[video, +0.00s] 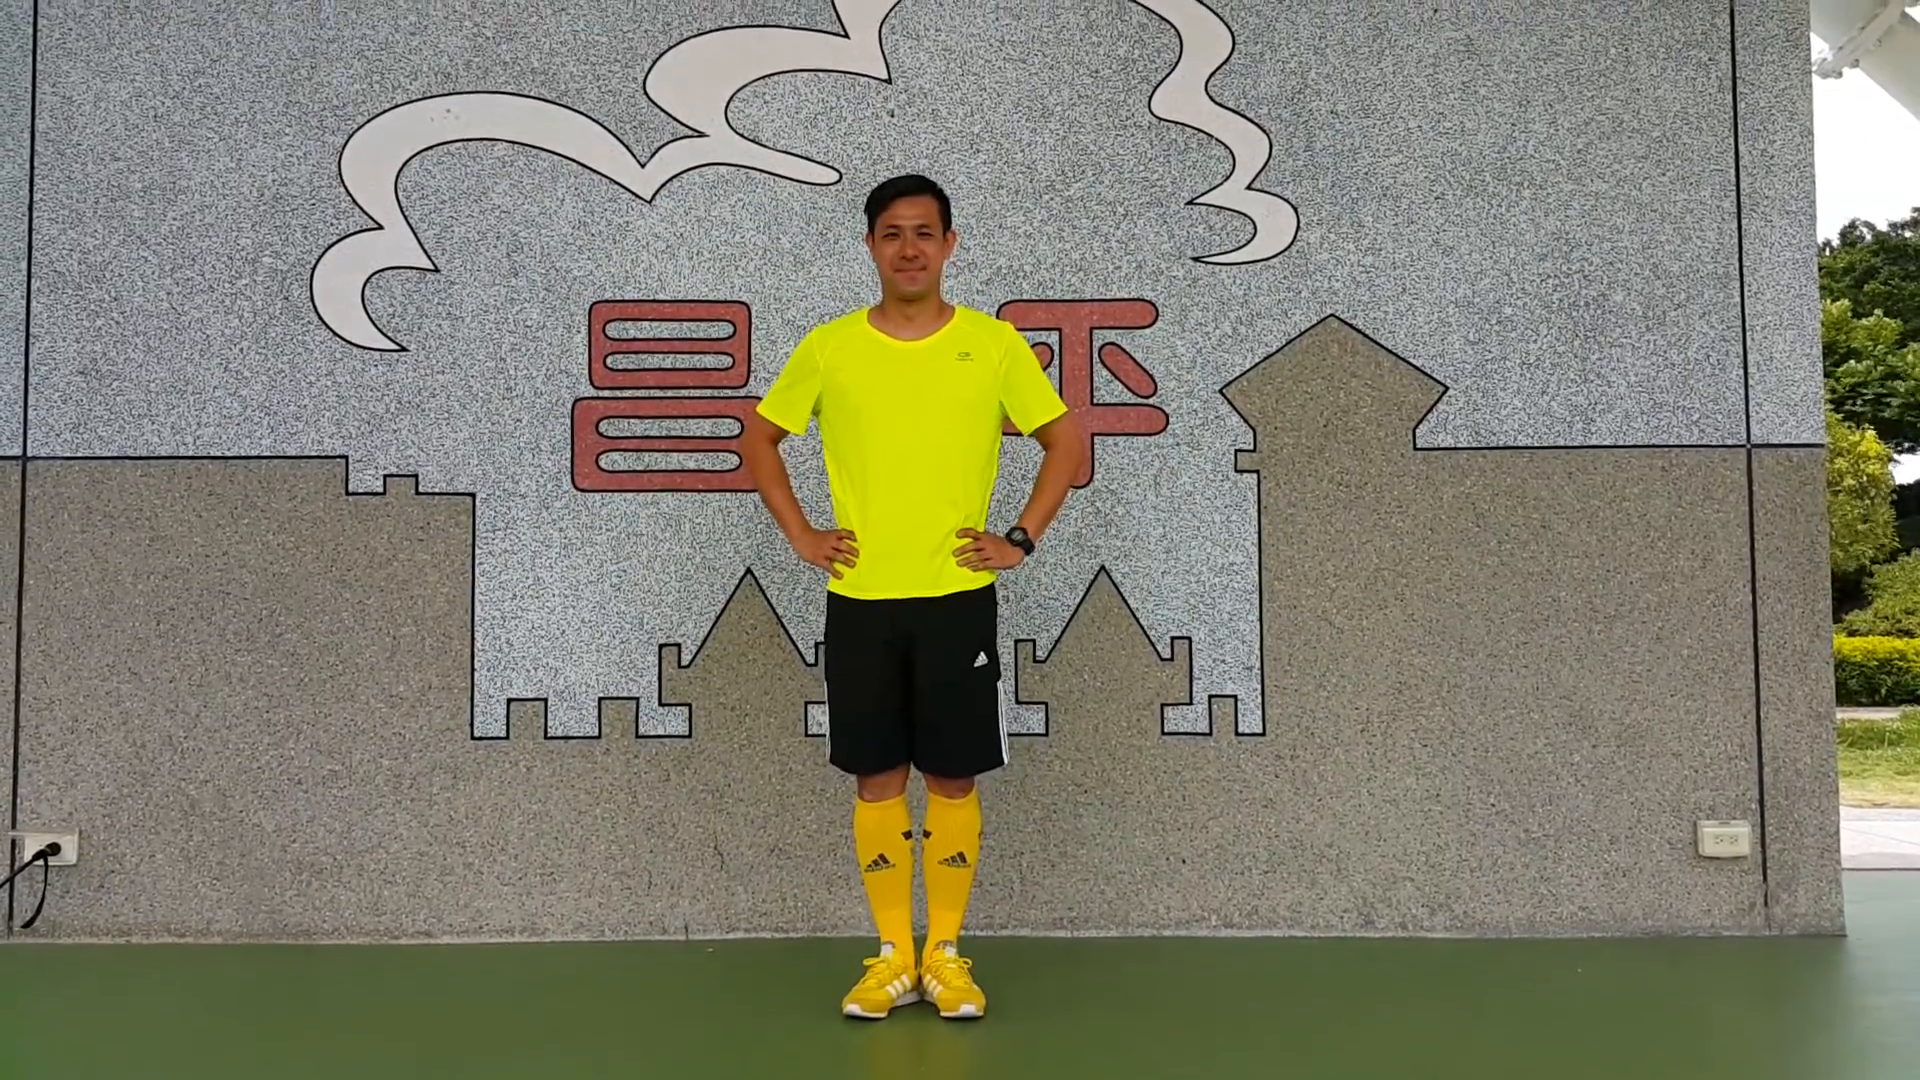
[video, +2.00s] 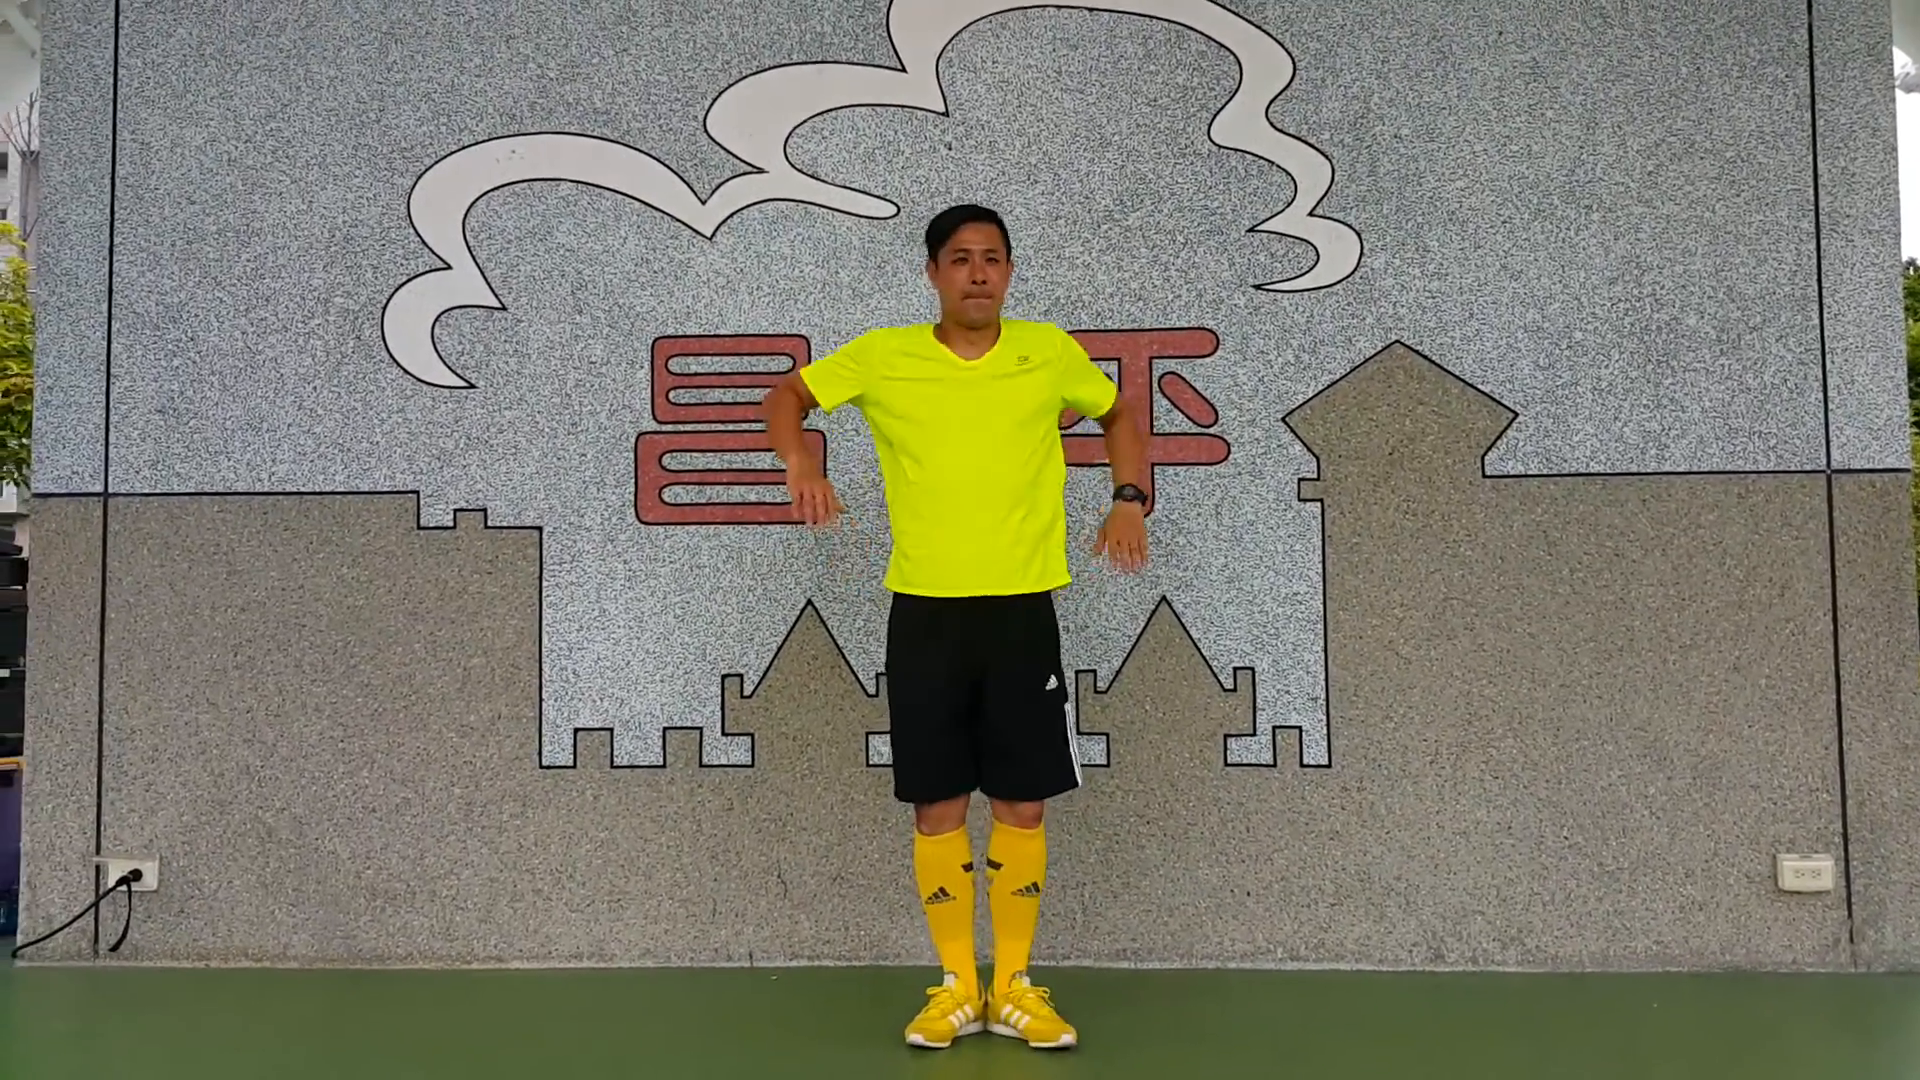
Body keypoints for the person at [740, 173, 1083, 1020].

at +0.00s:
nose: (909, 247)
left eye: (924, 233)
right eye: (893, 234)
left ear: (948, 246)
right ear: (872, 249)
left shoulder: (992, 342)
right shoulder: (831, 345)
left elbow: (1067, 439)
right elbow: (757, 438)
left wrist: (1021, 538)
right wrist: (800, 532)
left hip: (958, 591)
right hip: (862, 592)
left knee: (951, 774)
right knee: (877, 774)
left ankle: (943, 955)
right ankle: (895, 957)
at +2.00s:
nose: (978, 271)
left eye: (991, 258)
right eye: (962, 259)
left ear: (1010, 274)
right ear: (933, 275)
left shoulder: (1047, 349)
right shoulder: (886, 354)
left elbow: (1121, 413)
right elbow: (782, 396)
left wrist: (1131, 499)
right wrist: (801, 462)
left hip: (1024, 603)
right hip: (925, 606)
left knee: (1022, 798)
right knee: (937, 801)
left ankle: (1014, 987)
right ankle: (956, 988)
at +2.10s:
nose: (1009, 280)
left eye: (1017, 267)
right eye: (989, 266)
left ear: (1026, 282)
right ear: (949, 279)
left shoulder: (1057, 378)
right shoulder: (897, 375)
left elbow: (1097, 481)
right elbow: (826, 465)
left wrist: (1148, 556)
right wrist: (832, 524)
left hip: (1029, 624)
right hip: (927, 623)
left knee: (1032, 804)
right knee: (928, 807)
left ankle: (1018, 986)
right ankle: (955, 978)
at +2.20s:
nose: (1033, 289)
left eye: (1034, 275)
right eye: (1016, 275)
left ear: (1022, 287)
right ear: (967, 287)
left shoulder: (1049, 384)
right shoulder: (917, 379)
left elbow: (1107, 475)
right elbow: (883, 485)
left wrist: (1178, 492)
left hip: (1026, 628)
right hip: (926, 626)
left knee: (1043, 807)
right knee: (908, 808)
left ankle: (1023, 986)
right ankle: (899, 962)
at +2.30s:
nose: (1029, 292)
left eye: (1031, 279)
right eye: (1013, 277)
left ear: (1023, 287)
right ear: (970, 281)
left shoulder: (1046, 372)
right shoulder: (924, 352)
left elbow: (1134, 386)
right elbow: (939, 368)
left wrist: (1173, 318)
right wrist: (1025, 272)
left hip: (1016, 617)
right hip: (928, 611)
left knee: (1044, 803)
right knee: (894, 798)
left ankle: (1029, 986)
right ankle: (804, 941)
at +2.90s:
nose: (1026, 274)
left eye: (1035, 262)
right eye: (1007, 263)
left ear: (1048, 277)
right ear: (970, 282)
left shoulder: (1075, 363)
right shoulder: (942, 354)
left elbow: (1185, 346)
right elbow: (869, 330)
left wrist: (1159, 260)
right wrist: (920, 221)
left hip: (1041, 614)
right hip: (945, 607)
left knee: (1068, 809)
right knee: (893, 799)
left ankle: (1053, 999)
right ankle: (849, 976)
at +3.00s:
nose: (999, 271)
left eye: (1013, 257)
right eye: (983, 262)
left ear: (1043, 272)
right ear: (967, 286)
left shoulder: (1091, 363)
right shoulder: (937, 365)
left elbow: (1181, 437)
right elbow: (868, 450)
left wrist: (1170, 364)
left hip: (1045, 612)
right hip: (942, 607)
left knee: (1063, 809)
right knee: (917, 802)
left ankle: (1052, 999)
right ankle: (923, 997)